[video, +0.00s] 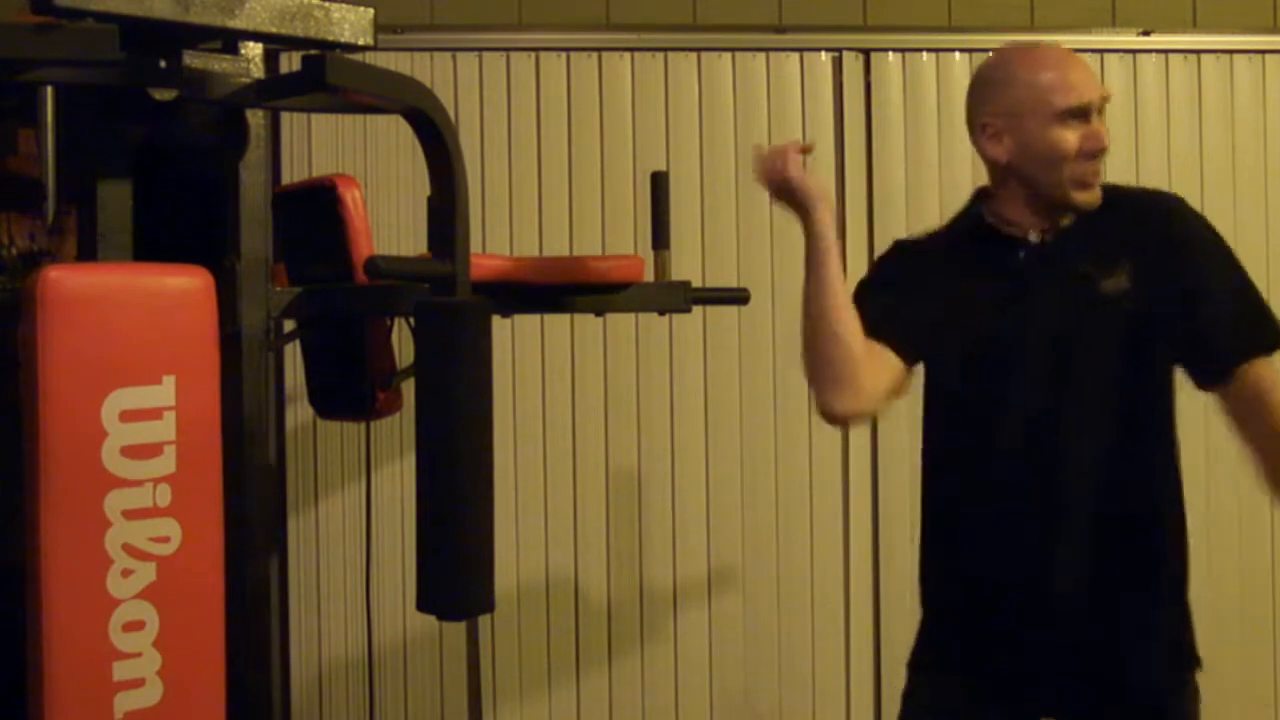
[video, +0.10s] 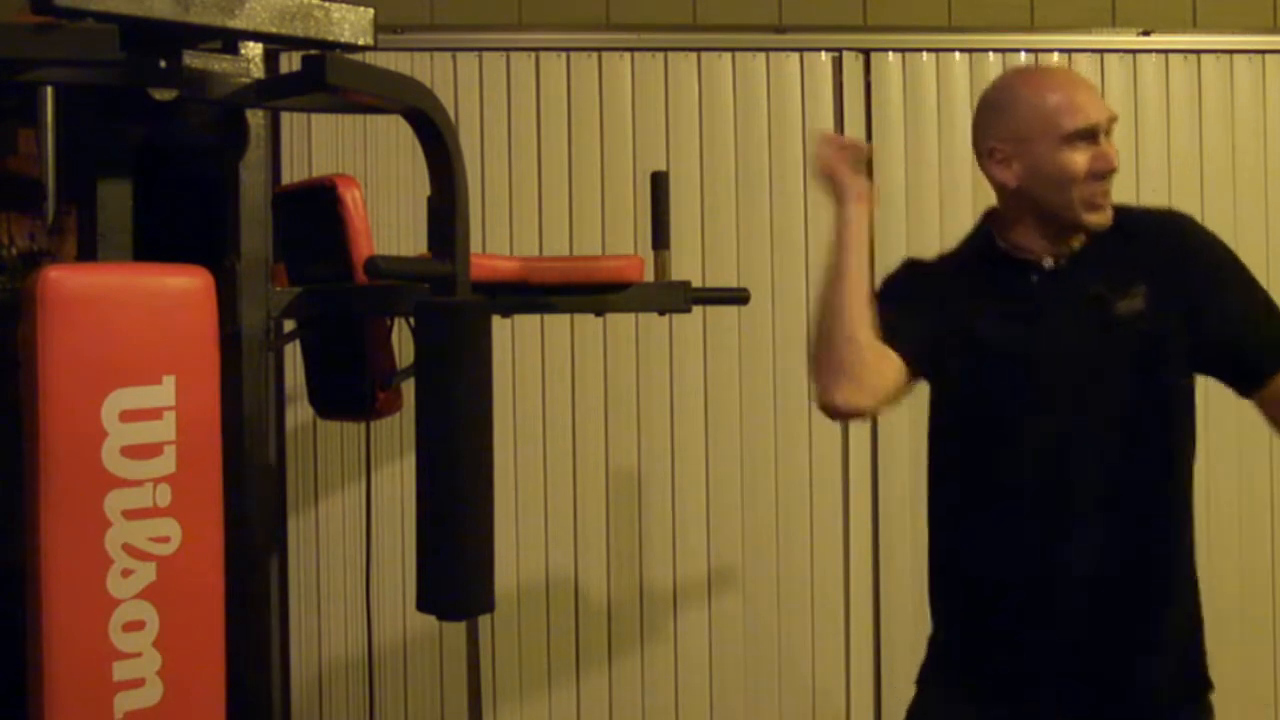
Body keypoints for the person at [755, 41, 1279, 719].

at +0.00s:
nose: (1100, 137)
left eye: (1100, 114)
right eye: (1075, 118)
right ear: (995, 138)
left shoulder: (1159, 235)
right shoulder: (933, 266)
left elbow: (1263, 406)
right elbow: (844, 395)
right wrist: (818, 219)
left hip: (1133, 648)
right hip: (975, 654)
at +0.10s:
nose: (1109, 160)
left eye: (1108, 135)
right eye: (1082, 140)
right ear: (1003, 162)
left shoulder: (1172, 256)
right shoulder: (945, 289)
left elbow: (1276, 390)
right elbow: (845, 390)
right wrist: (852, 206)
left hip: (1150, 675)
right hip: (986, 678)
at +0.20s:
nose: (1123, 157)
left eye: (1121, 133)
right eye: (1094, 138)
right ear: (1015, 165)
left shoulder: (1176, 261)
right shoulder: (944, 293)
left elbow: (1275, 372)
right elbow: (904, 437)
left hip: (1155, 672)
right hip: (993, 676)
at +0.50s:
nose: (1124, 111)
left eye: (1125, 86)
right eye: (1095, 89)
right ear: (1021, 115)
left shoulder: (1171, 223)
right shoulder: (947, 251)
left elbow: (1268, 339)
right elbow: (858, 395)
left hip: (1147, 619)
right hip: (991, 623)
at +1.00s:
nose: (1107, 114)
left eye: (1108, 91)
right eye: (1077, 94)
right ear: (1003, 119)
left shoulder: (1167, 225)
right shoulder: (939, 250)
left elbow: (1273, 344)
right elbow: (873, 401)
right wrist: (920, 223)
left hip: (1138, 619)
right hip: (981, 618)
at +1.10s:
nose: (1125, 115)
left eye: (1127, 92)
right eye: (1093, 95)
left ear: (1135, 100)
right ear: (1025, 120)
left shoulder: (1165, 222)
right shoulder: (945, 248)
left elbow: (1258, 332)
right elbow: (862, 405)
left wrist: (1175, 380)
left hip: (1138, 614)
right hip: (984, 617)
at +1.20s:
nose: (1101, 117)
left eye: (1114, 93)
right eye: (1071, 95)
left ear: (1129, 106)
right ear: (1015, 118)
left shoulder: (1158, 219)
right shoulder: (939, 248)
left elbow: (1243, 334)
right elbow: (837, 399)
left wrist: (1180, 407)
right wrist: (977, 310)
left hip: (1135, 610)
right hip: (982, 612)